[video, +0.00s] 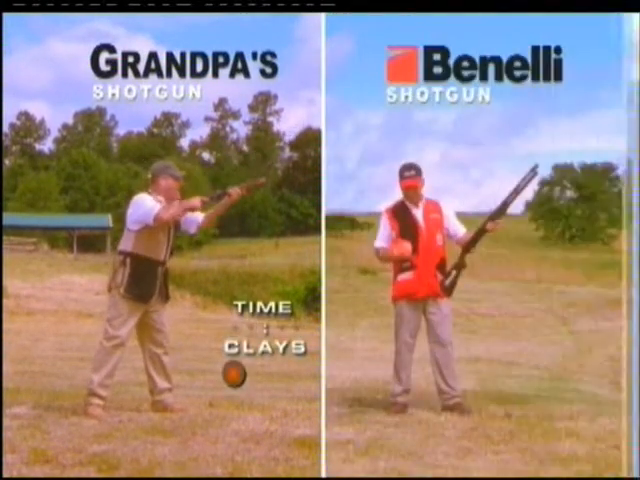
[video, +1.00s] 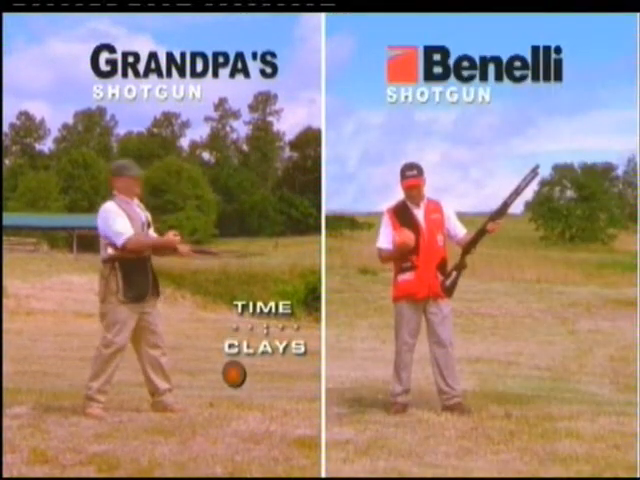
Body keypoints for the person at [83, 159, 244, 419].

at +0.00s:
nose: (178, 191)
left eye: (179, 186)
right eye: (174, 185)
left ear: (174, 187)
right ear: (158, 183)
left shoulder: (171, 209)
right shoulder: (141, 201)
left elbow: (201, 222)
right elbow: (164, 217)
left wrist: (226, 202)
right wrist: (187, 204)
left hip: (156, 274)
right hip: (131, 271)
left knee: (157, 341)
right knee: (115, 337)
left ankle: (161, 397)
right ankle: (96, 397)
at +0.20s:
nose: (179, 193)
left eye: (180, 189)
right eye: (176, 187)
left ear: (167, 188)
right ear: (162, 184)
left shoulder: (171, 212)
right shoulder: (138, 203)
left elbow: (192, 237)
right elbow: (152, 226)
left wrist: (221, 221)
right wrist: (183, 222)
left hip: (153, 274)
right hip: (128, 272)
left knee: (156, 341)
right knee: (115, 338)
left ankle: (161, 397)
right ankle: (96, 398)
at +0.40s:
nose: (174, 200)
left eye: (175, 195)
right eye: (172, 193)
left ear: (166, 191)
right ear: (157, 187)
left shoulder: (166, 217)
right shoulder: (131, 206)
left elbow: (177, 247)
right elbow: (134, 237)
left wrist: (204, 243)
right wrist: (166, 240)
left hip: (149, 275)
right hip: (124, 271)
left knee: (154, 342)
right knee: (112, 340)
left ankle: (162, 397)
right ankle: (95, 399)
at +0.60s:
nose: (165, 199)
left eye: (166, 194)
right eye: (162, 193)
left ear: (157, 192)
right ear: (149, 187)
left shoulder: (157, 217)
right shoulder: (122, 208)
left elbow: (163, 252)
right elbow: (127, 243)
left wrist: (190, 253)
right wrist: (165, 243)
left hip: (144, 277)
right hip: (119, 276)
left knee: (152, 343)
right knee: (112, 342)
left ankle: (161, 397)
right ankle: (94, 400)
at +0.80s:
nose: (151, 194)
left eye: (153, 189)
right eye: (148, 188)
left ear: (147, 189)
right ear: (134, 185)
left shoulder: (148, 213)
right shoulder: (115, 210)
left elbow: (152, 248)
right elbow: (128, 243)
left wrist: (176, 252)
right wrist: (164, 244)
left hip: (142, 276)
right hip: (117, 277)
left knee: (152, 342)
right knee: (113, 342)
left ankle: (161, 397)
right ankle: (94, 400)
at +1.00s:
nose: (137, 185)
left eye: (138, 180)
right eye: (132, 179)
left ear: (137, 183)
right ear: (116, 182)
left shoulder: (140, 210)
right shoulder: (109, 211)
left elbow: (147, 242)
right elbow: (128, 242)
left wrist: (172, 247)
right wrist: (162, 242)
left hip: (143, 281)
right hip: (118, 282)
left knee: (153, 344)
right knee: (113, 343)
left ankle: (162, 397)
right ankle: (94, 400)